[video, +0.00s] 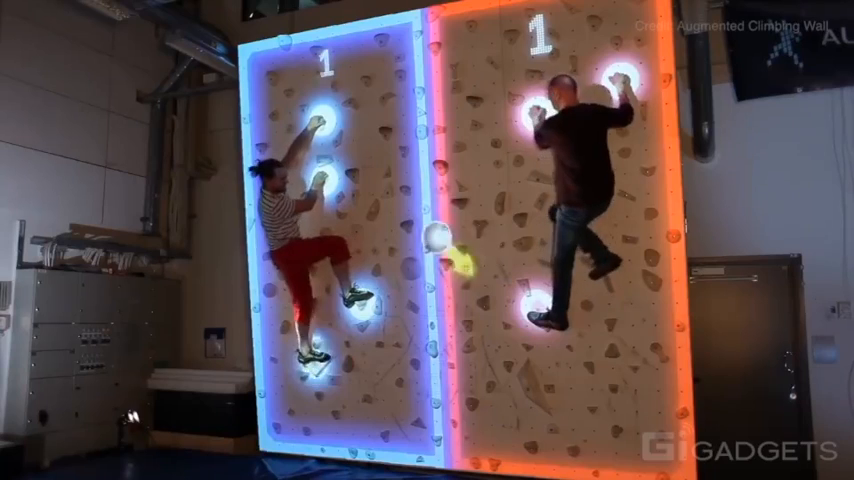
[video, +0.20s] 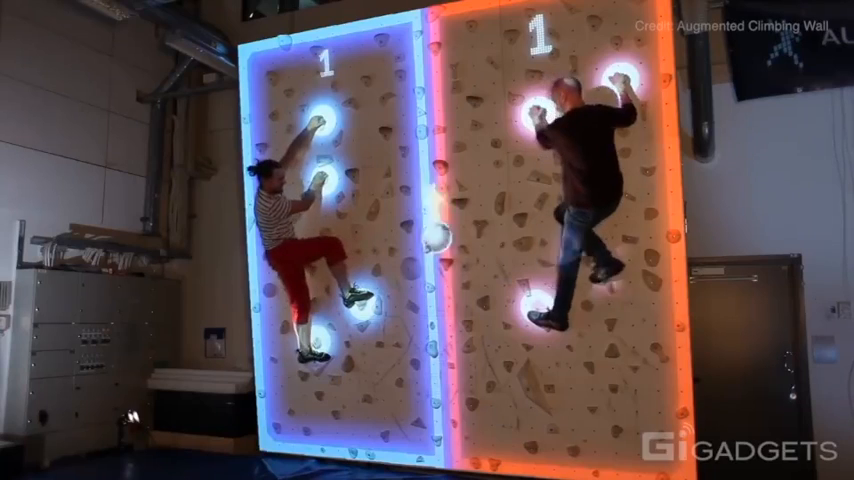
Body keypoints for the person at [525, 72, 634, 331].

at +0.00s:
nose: (552, 100)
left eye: (552, 96)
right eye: (552, 96)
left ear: (557, 95)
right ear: (575, 91)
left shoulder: (556, 124)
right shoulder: (596, 113)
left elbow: (540, 142)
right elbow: (625, 117)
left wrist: (538, 123)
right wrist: (625, 97)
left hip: (574, 203)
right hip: (603, 197)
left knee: (562, 260)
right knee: (561, 215)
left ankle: (558, 315)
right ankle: (604, 257)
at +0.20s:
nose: (555, 102)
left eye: (556, 98)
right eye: (555, 98)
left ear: (563, 97)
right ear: (579, 93)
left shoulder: (562, 126)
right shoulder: (601, 113)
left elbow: (543, 141)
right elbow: (629, 116)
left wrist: (538, 123)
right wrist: (625, 92)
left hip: (584, 203)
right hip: (612, 196)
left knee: (568, 260)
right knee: (564, 214)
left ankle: (559, 315)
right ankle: (606, 262)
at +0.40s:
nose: (558, 103)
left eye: (559, 99)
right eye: (557, 99)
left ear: (568, 97)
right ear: (584, 94)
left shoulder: (566, 126)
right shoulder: (605, 113)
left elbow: (546, 140)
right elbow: (630, 116)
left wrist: (539, 122)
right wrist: (622, 89)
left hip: (589, 203)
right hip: (616, 195)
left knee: (571, 261)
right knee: (567, 211)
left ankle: (558, 315)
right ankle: (609, 259)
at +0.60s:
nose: (559, 99)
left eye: (558, 95)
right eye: (558, 96)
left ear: (567, 91)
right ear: (580, 86)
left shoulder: (567, 119)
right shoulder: (604, 103)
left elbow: (548, 138)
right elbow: (628, 117)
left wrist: (539, 122)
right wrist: (626, 96)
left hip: (594, 193)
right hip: (620, 185)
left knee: (579, 252)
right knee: (574, 207)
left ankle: (568, 316)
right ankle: (610, 260)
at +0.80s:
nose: (555, 94)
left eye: (554, 90)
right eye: (554, 90)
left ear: (561, 83)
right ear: (577, 77)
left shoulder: (565, 109)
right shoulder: (603, 94)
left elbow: (548, 137)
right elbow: (629, 116)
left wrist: (539, 123)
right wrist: (623, 92)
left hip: (598, 182)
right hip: (622, 173)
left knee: (586, 245)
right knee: (578, 205)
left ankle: (622, 304)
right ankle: (612, 260)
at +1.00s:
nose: (556, 88)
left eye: (557, 82)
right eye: (555, 84)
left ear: (565, 78)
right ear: (581, 73)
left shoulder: (569, 104)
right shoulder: (605, 89)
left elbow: (549, 134)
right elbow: (632, 115)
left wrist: (539, 121)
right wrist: (623, 89)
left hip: (602, 178)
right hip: (624, 169)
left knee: (598, 240)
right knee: (579, 203)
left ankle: (663, 262)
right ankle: (613, 262)